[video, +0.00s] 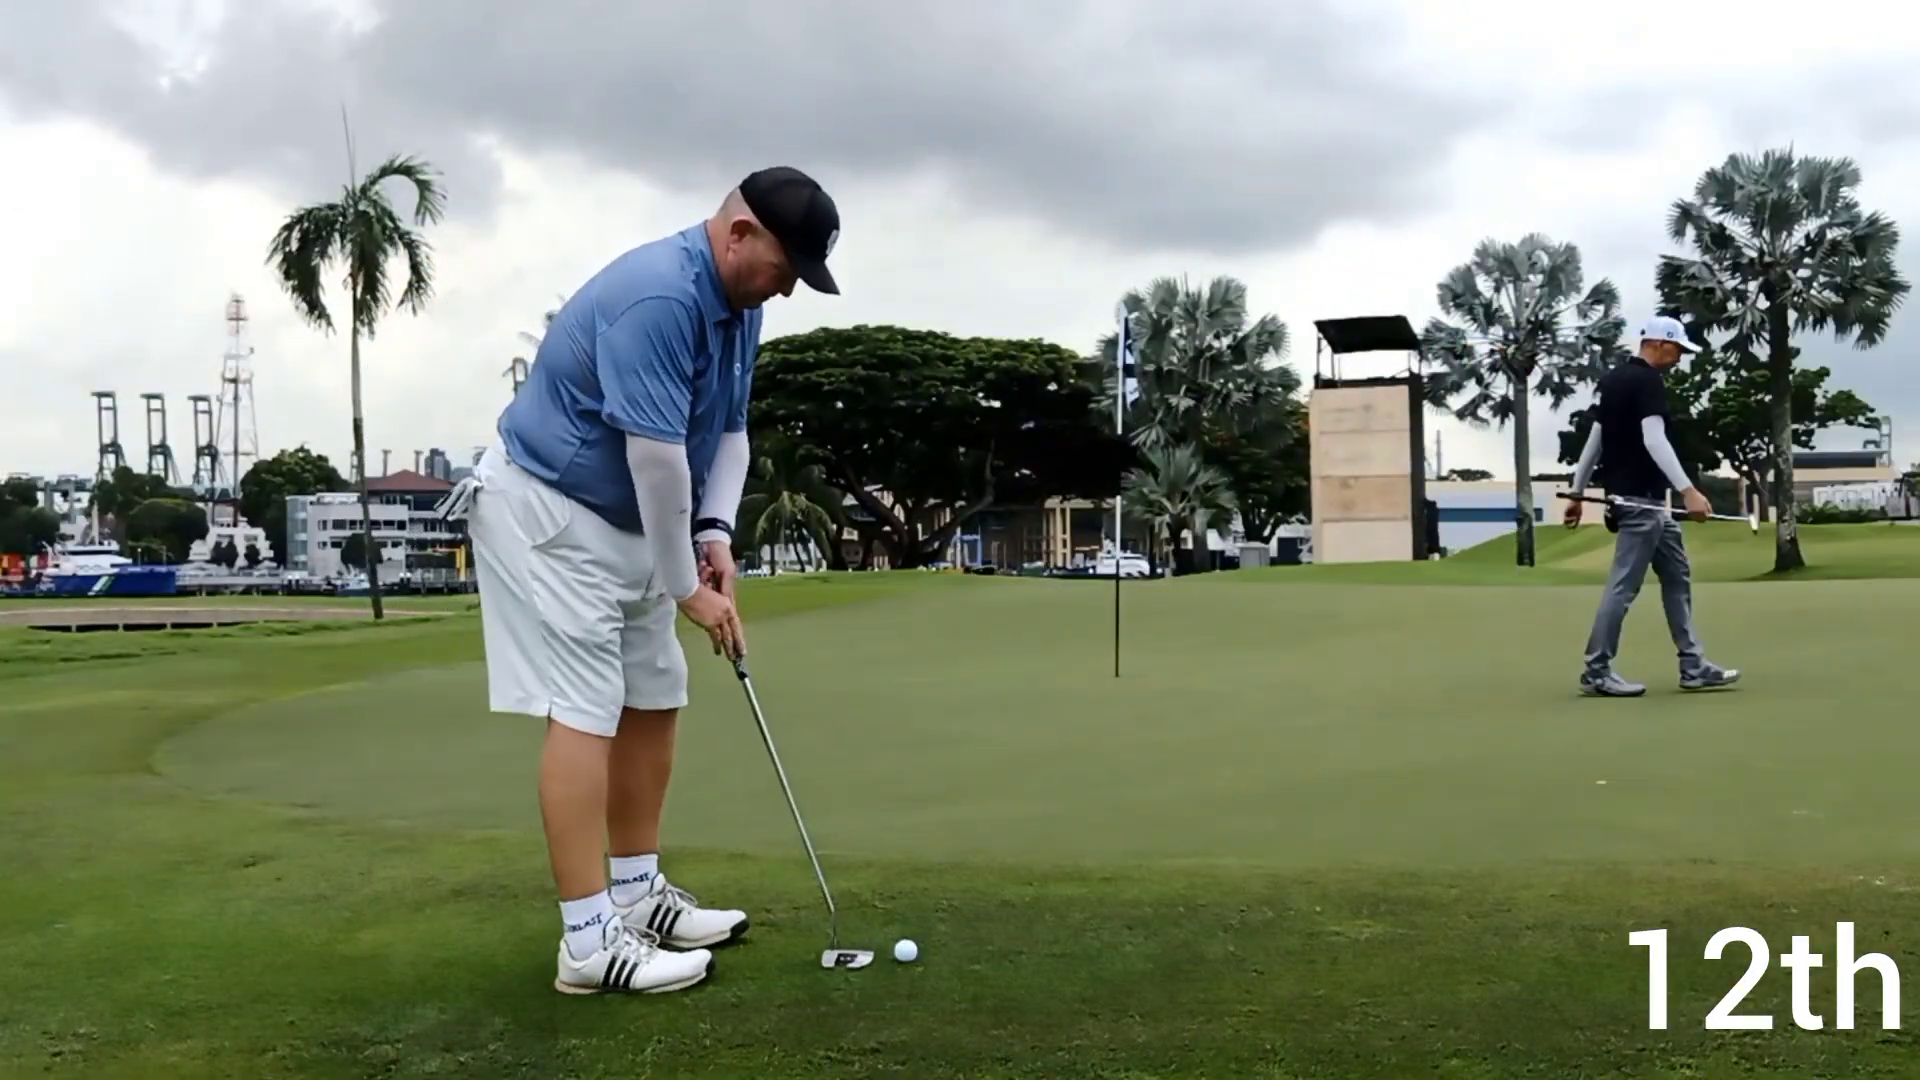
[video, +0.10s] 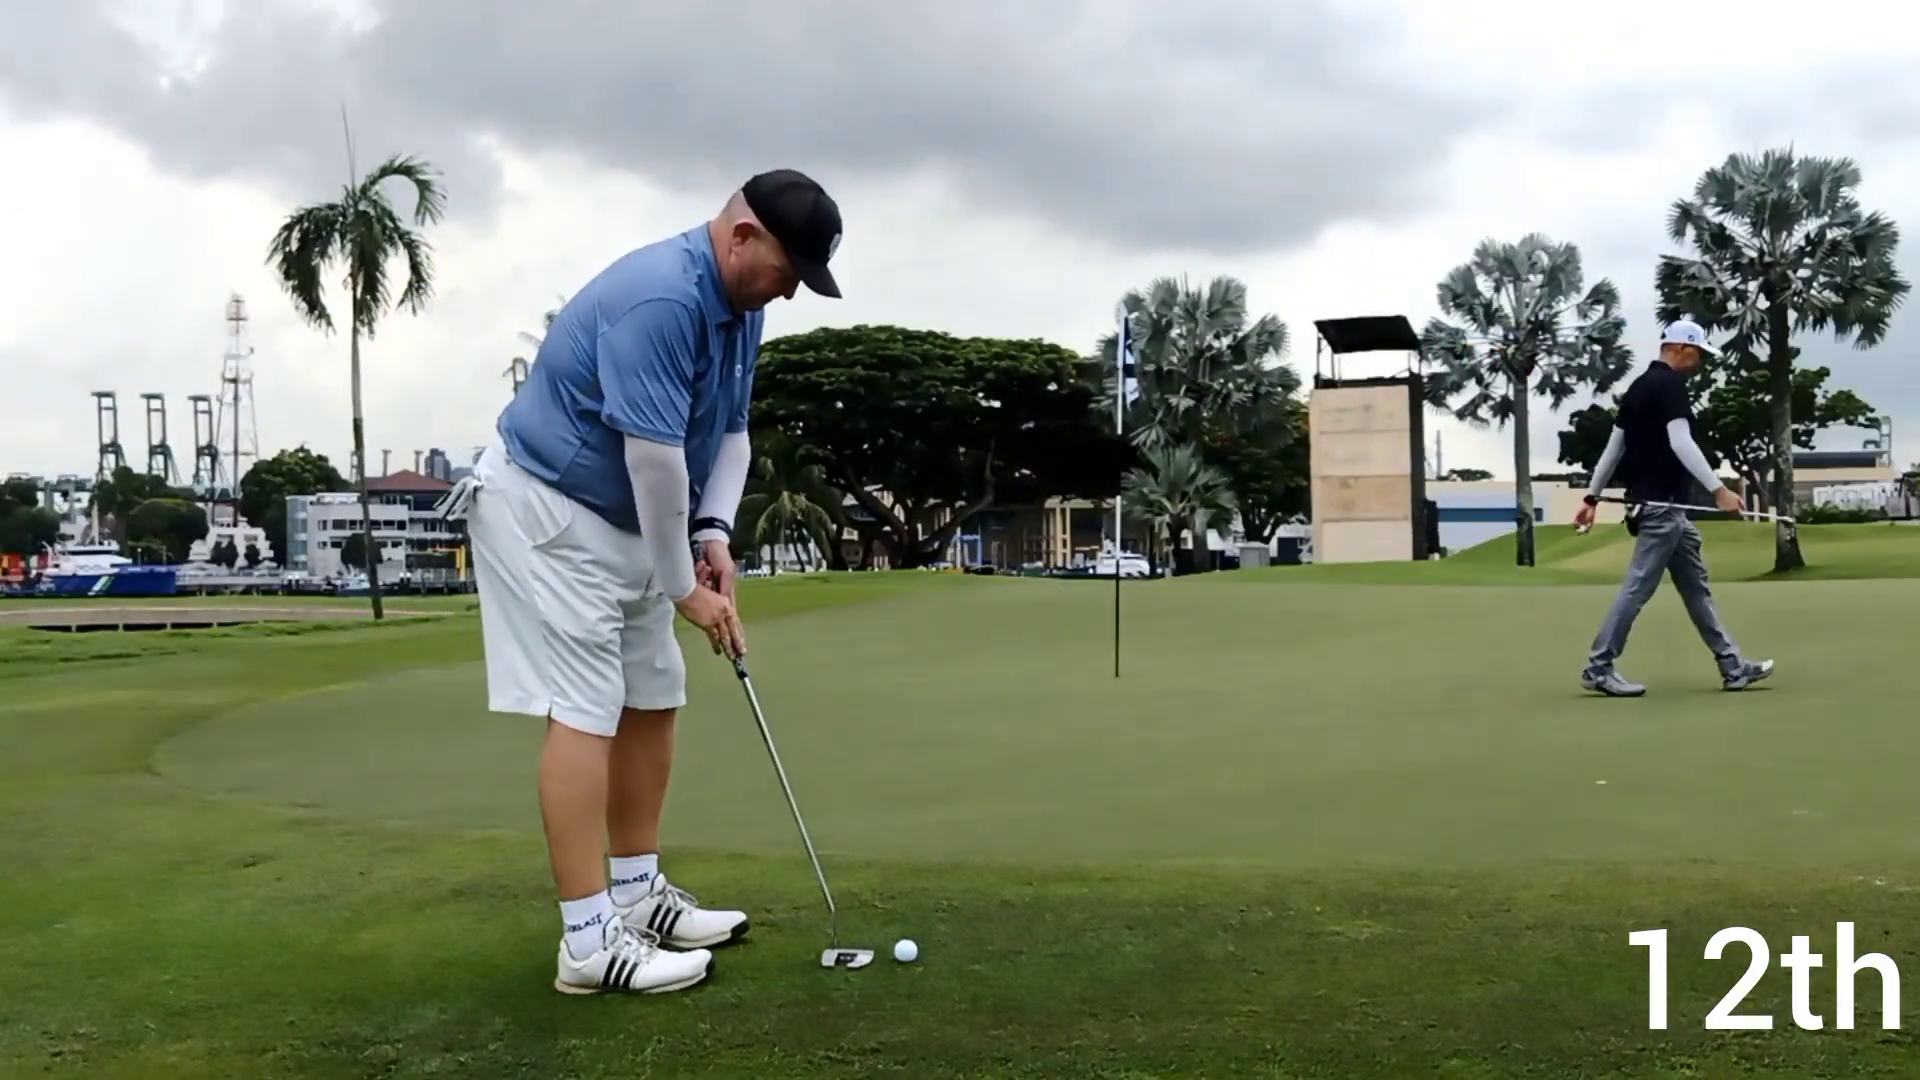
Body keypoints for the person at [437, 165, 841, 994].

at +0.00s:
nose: (787, 288)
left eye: (796, 276)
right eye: (784, 269)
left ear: (749, 237)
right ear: (739, 230)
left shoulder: (738, 301)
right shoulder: (655, 301)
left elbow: (729, 432)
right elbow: (656, 461)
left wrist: (717, 530)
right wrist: (686, 586)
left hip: (633, 512)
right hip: (548, 504)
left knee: (652, 691)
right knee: (585, 703)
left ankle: (634, 895)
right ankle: (586, 941)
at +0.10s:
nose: (789, 290)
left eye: (798, 278)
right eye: (786, 272)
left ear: (753, 241)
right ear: (742, 234)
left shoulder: (740, 304)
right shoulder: (657, 304)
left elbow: (731, 432)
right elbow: (654, 462)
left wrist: (715, 529)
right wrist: (684, 586)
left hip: (631, 510)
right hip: (547, 502)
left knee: (651, 693)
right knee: (585, 704)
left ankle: (635, 895)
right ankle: (586, 940)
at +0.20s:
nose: (790, 292)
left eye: (800, 279)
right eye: (788, 273)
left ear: (752, 240)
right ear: (742, 234)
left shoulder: (740, 306)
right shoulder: (657, 305)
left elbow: (731, 434)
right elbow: (653, 464)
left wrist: (715, 530)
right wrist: (682, 587)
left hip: (631, 510)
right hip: (548, 502)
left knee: (649, 693)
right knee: (584, 704)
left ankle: (636, 896)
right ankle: (586, 942)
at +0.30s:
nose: (792, 294)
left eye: (801, 282)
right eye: (790, 276)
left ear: (754, 243)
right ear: (744, 237)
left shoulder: (740, 308)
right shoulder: (659, 306)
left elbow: (732, 434)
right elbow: (653, 466)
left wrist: (715, 531)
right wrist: (682, 587)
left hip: (631, 509)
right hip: (548, 502)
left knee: (649, 694)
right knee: (584, 705)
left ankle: (636, 897)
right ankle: (586, 942)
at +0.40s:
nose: (792, 294)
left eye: (801, 282)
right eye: (790, 276)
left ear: (754, 243)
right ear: (746, 238)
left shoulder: (739, 308)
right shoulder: (659, 310)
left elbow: (732, 432)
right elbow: (655, 470)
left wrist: (716, 530)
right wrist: (682, 587)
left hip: (630, 509)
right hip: (548, 502)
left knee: (649, 693)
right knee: (586, 704)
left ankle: (636, 896)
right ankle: (586, 942)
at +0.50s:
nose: (792, 295)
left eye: (800, 283)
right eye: (789, 277)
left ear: (754, 244)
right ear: (745, 239)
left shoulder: (738, 308)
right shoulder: (660, 309)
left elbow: (732, 432)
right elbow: (656, 470)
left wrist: (719, 532)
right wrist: (684, 587)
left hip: (629, 509)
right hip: (548, 502)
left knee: (648, 694)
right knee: (586, 704)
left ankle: (636, 897)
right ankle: (586, 942)